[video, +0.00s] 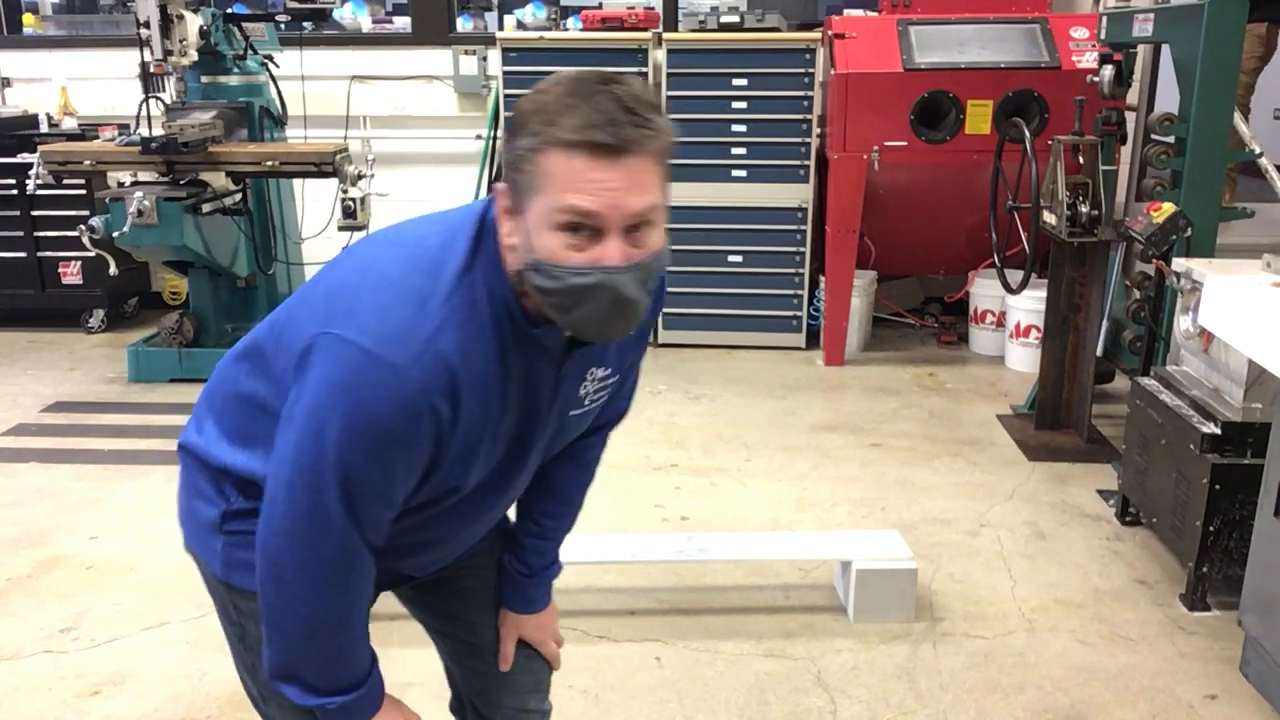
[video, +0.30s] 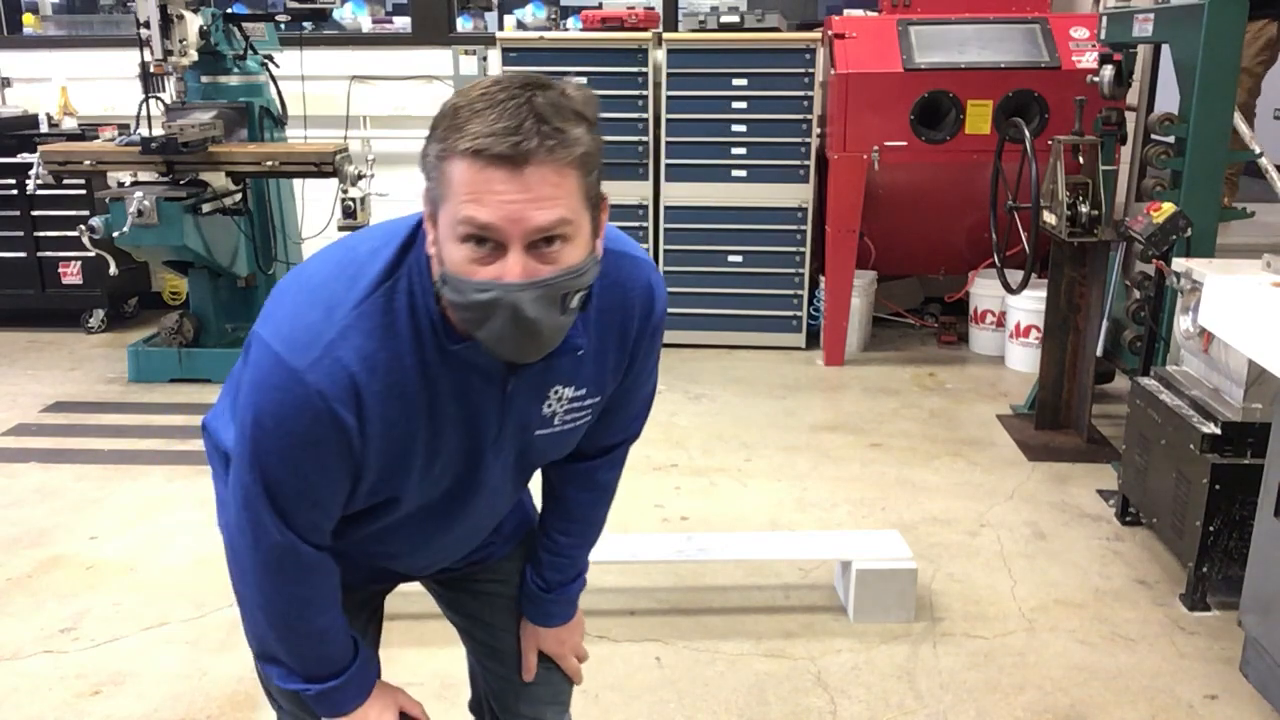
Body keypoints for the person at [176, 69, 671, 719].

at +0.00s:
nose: (614, 262)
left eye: (639, 229)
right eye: (580, 230)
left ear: (664, 217)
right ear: (508, 212)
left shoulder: (627, 287)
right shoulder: (389, 354)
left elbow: (574, 446)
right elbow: (305, 565)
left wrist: (530, 582)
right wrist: (354, 699)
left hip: (433, 484)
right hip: (269, 512)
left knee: (516, 687)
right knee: (313, 700)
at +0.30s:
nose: (515, 281)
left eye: (548, 244)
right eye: (482, 243)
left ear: (598, 223)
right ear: (431, 227)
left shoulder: (626, 296)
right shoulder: (313, 363)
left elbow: (592, 460)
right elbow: (276, 555)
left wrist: (554, 595)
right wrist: (344, 689)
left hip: (481, 507)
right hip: (328, 532)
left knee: (537, 691)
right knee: (319, 702)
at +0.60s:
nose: (478, 286)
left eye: (512, 247)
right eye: (446, 246)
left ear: (570, 229)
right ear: (399, 231)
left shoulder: (612, 301)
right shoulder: (284, 355)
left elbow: (587, 471)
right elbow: (256, 555)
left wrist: (553, 616)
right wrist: (333, 693)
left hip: (482, 522)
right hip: (327, 545)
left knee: (543, 701)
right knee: (313, 704)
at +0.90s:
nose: (430, 53)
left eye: (459, 16)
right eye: (392, 20)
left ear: (517, 27)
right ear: (340, 36)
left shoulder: (561, 161)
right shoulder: (239, 210)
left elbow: (588, 366)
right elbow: (215, 470)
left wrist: (596, 543)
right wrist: (286, 674)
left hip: (463, 513)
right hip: (305, 534)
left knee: (514, 696)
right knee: (309, 710)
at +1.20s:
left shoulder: (538, 82)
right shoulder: (233, 120)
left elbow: (593, 288)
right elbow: (162, 396)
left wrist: (640, 462)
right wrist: (208, 651)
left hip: (480, 527)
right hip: (303, 540)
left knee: (518, 707)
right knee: (313, 713)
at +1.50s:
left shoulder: (583, 57)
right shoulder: (297, 72)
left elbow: (645, 221)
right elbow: (245, 335)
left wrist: (683, 311)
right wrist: (328, 531)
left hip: (561, 524)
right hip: (382, 543)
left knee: (550, 709)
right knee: (365, 711)